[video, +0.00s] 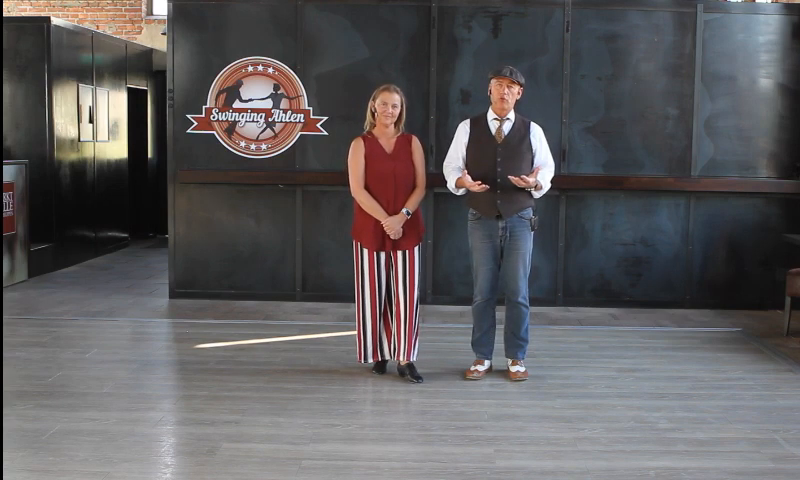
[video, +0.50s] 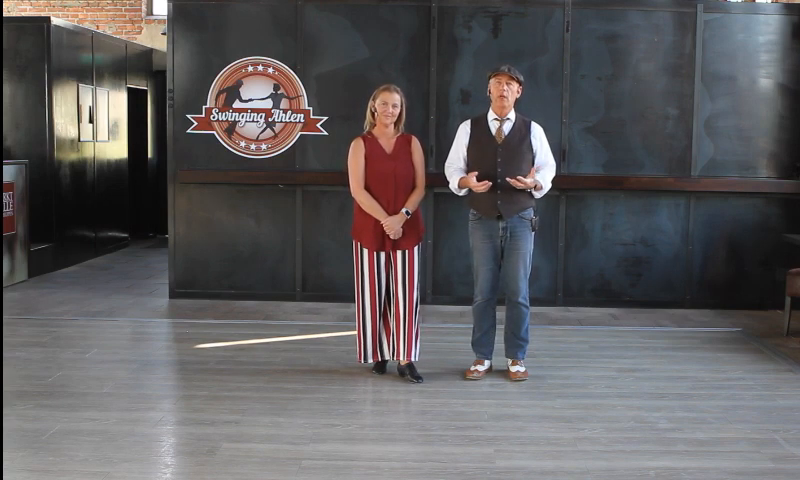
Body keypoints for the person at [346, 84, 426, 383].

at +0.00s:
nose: (389, 110)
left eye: (394, 105)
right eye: (384, 104)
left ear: (401, 110)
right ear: (374, 107)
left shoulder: (412, 143)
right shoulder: (360, 144)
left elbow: (421, 186)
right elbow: (357, 189)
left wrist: (401, 216)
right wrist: (388, 220)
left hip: (406, 231)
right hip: (371, 231)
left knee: (407, 296)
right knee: (373, 295)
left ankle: (405, 359)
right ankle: (379, 356)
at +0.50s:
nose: (389, 110)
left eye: (394, 105)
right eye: (384, 104)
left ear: (400, 110)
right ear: (374, 107)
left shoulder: (412, 143)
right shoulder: (360, 144)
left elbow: (420, 187)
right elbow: (357, 190)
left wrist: (401, 216)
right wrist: (389, 220)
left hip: (406, 230)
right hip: (371, 231)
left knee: (406, 295)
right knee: (374, 295)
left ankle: (406, 359)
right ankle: (379, 356)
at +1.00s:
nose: (387, 109)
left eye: (392, 105)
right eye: (382, 104)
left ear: (399, 110)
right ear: (372, 107)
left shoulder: (411, 143)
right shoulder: (359, 145)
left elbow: (420, 187)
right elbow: (356, 190)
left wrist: (400, 216)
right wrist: (387, 220)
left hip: (405, 230)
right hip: (370, 231)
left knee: (406, 295)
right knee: (373, 295)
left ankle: (406, 359)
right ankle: (379, 356)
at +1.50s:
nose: (394, 108)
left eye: (396, 104)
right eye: (387, 105)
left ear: (400, 107)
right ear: (373, 109)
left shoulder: (411, 143)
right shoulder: (359, 145)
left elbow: (420, 187)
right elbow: (356, 190)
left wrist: (400, 216)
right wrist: (387, 220)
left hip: (405, 230)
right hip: (370, 231)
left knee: (406, 295)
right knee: (373, 295)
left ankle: (405, 359)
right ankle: (378, 356)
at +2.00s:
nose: (395, 108)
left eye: (396, 104)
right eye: (388, 105)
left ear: (399, 107)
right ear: (373, 110)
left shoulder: (411, 143)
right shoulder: (360, 145)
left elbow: (420, 187)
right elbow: (357, 191)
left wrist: (402, 216)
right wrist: (389, 221)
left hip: (405, 231)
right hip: (371, 232)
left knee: (406, 296)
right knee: (374, 295)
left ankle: (406, 359)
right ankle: (379, 356)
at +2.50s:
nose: (396, 108)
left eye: (397, 103)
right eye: (389, 104)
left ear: (399, 107)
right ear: (373, 110)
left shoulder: (412, 143)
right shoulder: (360, 145)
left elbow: (421, 187)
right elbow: (357, 191)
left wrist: (402, 216)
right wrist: (388, 220)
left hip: (406, 230)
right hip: (371, 231)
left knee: (407, 295)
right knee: (374, 295)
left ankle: (406, 359)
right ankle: (378, 355)